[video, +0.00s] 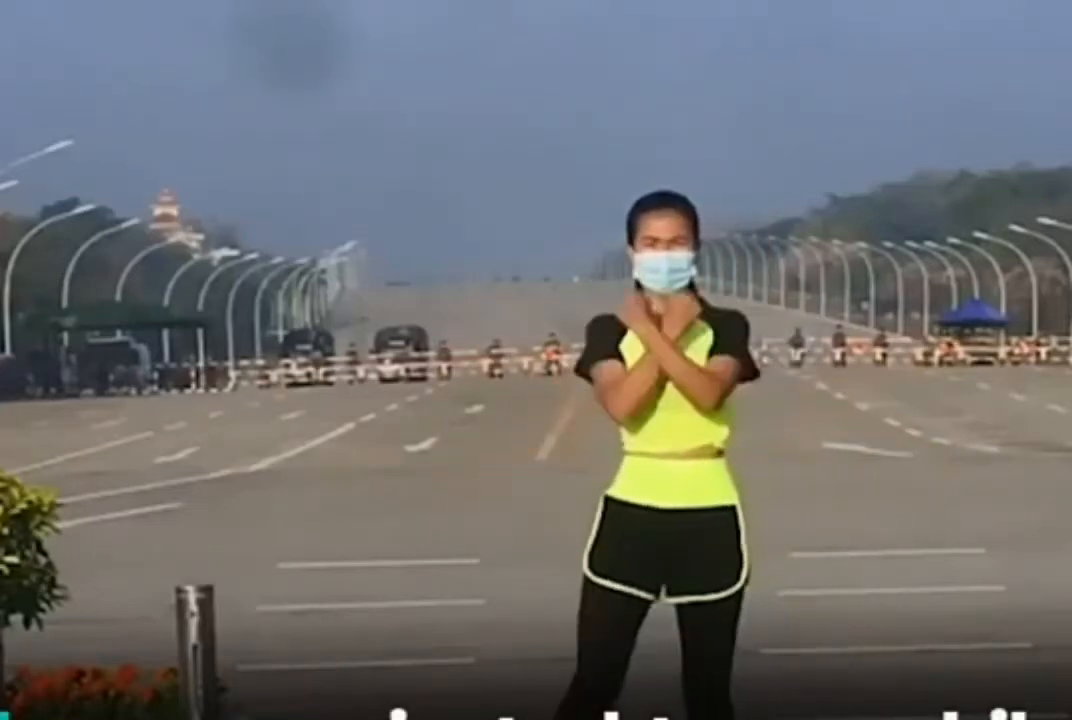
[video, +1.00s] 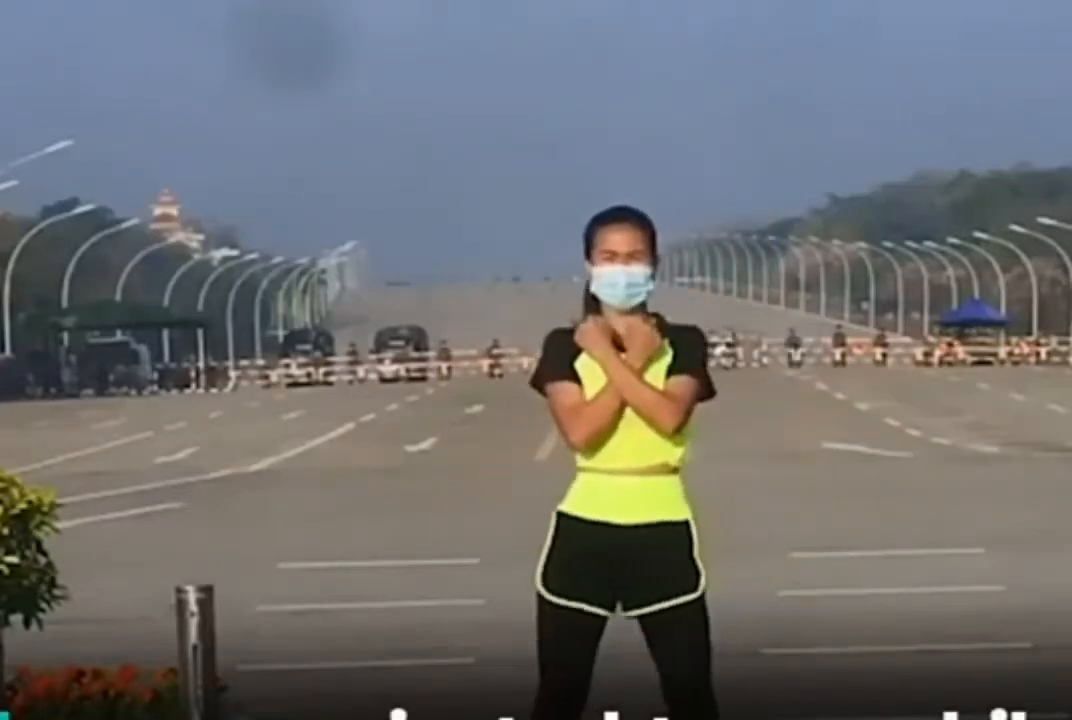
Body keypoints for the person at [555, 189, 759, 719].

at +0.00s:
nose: (664, 257)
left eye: (677, 245)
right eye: (650, 245)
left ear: (695, 250)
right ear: (631, 253)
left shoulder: (726, 325)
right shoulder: (610, 328)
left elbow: (710, 394)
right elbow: (622, 405)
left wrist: (643, 327)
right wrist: (668, 332)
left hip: (709, 518)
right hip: (631, 516)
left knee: (708, 691)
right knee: (595, 683)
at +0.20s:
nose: (638, 267)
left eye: (651, 255)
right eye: (625, 255)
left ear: (670, 263)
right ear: (606, 262)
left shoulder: (697, 339)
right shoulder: (577, 341)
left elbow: (680, 413)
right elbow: (589, 423)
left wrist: (612, 345)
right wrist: (646, 356)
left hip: (678, 527)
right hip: (598, 530)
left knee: (691, 693)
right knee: (574, 696)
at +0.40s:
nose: (619, 266)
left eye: (632, 255)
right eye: (605, 254)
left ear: (650, 263)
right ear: (585, 261)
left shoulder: (679, 334)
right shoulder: (560, 339)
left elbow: (663, 409)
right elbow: (571, 423)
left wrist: (591, 342)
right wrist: (625, 353)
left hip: (662, 527)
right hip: (583, 529)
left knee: (682, 694)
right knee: (565, 697)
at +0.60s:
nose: (614, 267)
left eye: (628, 255)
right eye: (601, 255)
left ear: (647, 263)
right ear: (581, 262)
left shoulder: (676, 333)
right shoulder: (558, 340)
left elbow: (660, 409)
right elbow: (568, 425)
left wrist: (588, 344)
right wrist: (624, 354)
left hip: (661, 527)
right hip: (582, 530)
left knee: (682, 695)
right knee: (565, 697)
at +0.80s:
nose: (615, 266)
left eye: (628, 254)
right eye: (601, 254)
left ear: (646, 262)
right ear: (582, 261)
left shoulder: (675, 334)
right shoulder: (556, 339)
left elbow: (659, 410)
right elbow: (567, 424)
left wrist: (588, 344)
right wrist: (623, 354)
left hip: (659, 527)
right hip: (580, 530)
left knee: (682, 695)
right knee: (564, 696)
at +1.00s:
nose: (622, 271)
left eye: (635, 259)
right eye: (609, 259)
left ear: (653, 267)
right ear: (588, 266)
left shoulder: (683, 341)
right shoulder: (564, 345)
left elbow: (671, 417)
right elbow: (578, 432)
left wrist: (603, 353)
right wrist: (634, 363)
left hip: (663, 533)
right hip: (583, 534)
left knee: (691, 698)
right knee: (560, 698)